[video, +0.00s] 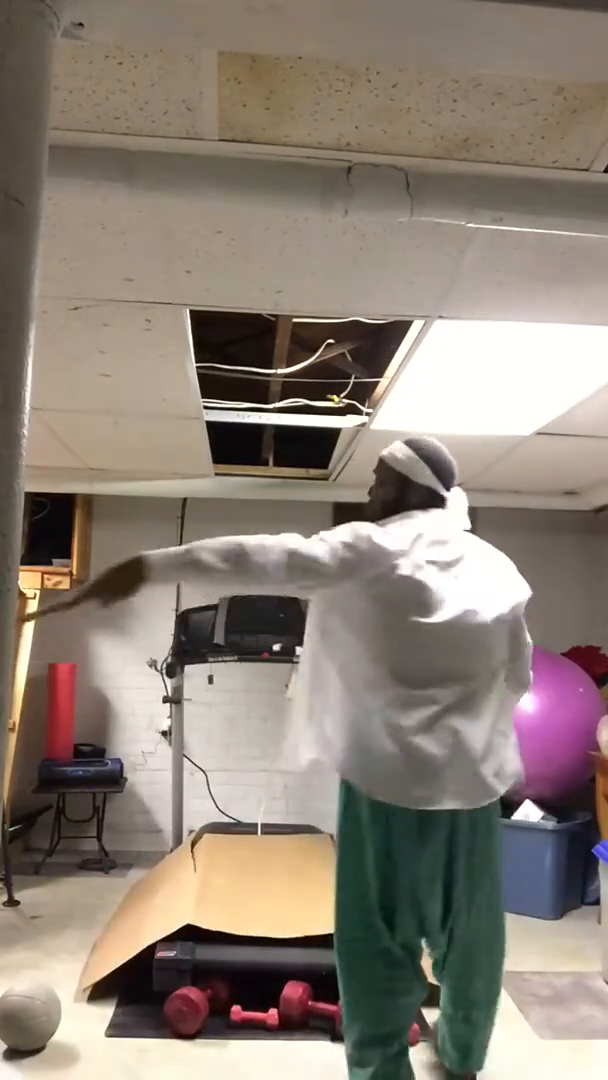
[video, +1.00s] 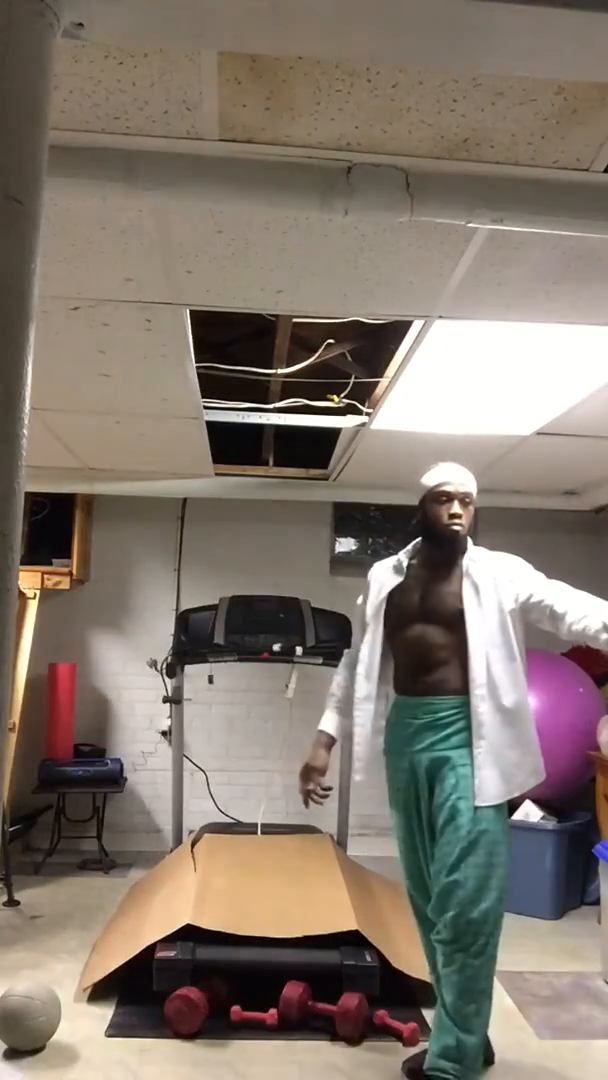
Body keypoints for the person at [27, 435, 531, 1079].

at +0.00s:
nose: (370, 496)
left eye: (380, 484)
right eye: (375, 483)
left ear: (404, 489)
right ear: (444, 495)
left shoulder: (365, 548)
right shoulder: (500, 571)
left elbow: (260, 556)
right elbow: (520, 676)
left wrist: (147, 566)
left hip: (386, 774)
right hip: (476, 775)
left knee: (375, 934)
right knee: (473, 928)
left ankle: (381, 1068)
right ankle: (462, 1060)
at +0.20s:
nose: (388, 489)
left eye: (402, 478)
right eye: (389, 477)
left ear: (438, 488)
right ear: (447, 496)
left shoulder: (421, 544)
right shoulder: (479, 563)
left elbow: (357, 567)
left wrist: (278, 578)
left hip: (415, 762)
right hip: (468, 762)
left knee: (409, 929)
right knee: (460, 922)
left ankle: (438, 1067)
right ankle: (459, 1061)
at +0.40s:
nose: (411, 491)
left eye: (425, 482)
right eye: (406, 482)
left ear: (454, 492)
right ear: (402, 490)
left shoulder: (458, 546)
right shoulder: (420, 551)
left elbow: (446, 600)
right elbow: (394, 642)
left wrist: (404, 610)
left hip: (445, 760)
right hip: (408, 761)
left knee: (444, 927)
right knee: (412, 920)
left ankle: (479, 1066)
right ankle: (460, 1050)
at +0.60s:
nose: (435, 496)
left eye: (448, 488)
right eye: (424, 486)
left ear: (466, 500)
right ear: (409, 498)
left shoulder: (479, 559)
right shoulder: (392, 564)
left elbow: (534, 610)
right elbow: (364, 662)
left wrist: (528, 625)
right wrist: (333, 739)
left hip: (453, 738)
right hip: (402, 736)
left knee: (452, 896)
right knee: (419, 892)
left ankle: (478, 1064)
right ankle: (462, 1043)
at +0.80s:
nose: (448, 503)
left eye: (459, 494)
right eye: (437, 493)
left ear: (471, 504)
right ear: (416, 503)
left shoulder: (493, 567)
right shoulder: (386, 571)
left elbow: (574, 612)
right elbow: (358, 664)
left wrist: (597, 641)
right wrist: (316, 737)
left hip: (465, 732)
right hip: (401, 730)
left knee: (458, 898)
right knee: (425, 896)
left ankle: (466, 1061)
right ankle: (457, 1042)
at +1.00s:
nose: (454, 509)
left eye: (464, 500)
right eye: (442, 499)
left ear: (475, 510)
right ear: (419, 510)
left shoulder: (500, 573)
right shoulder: (384, 576)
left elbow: (584, 615)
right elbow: (355, 665)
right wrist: (324, 741)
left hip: (468, 727)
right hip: (401, 728)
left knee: (463, 895)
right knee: (427, 892)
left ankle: (454, 1055)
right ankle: (462, 1034)